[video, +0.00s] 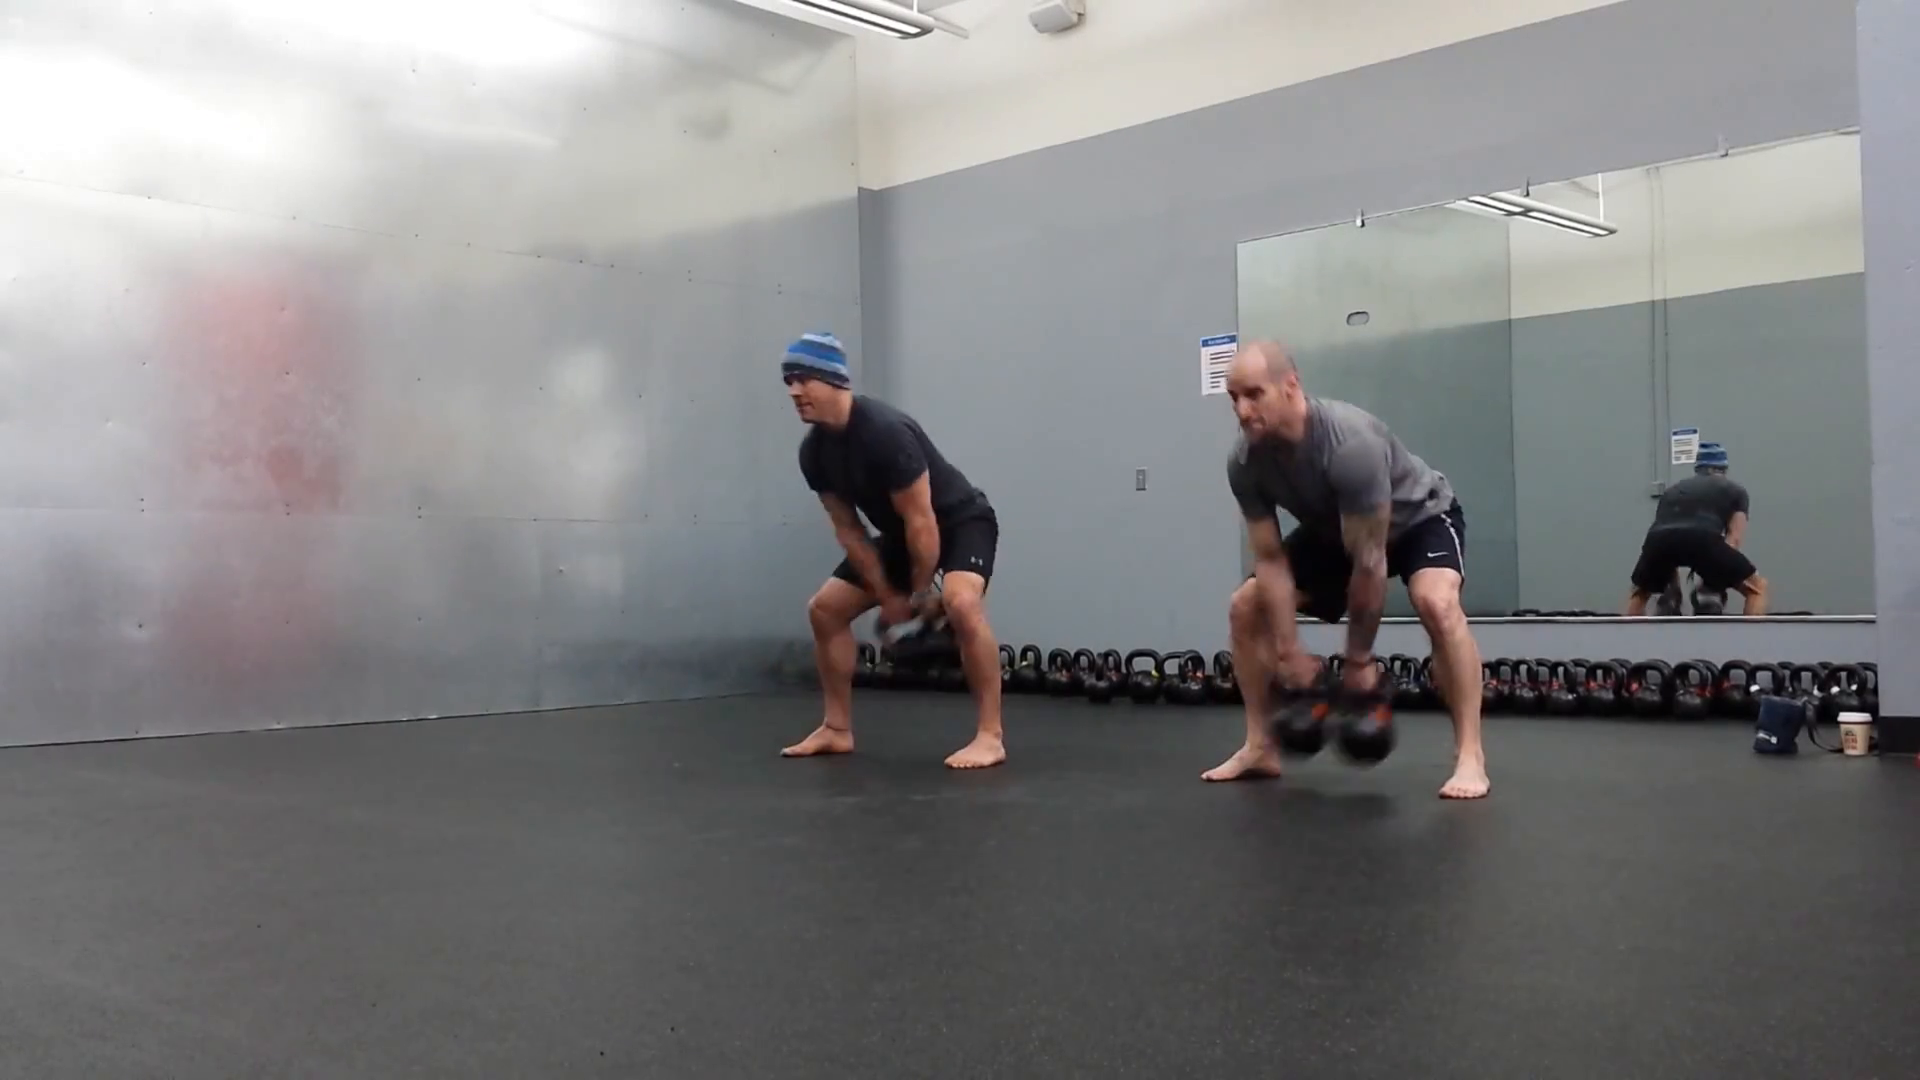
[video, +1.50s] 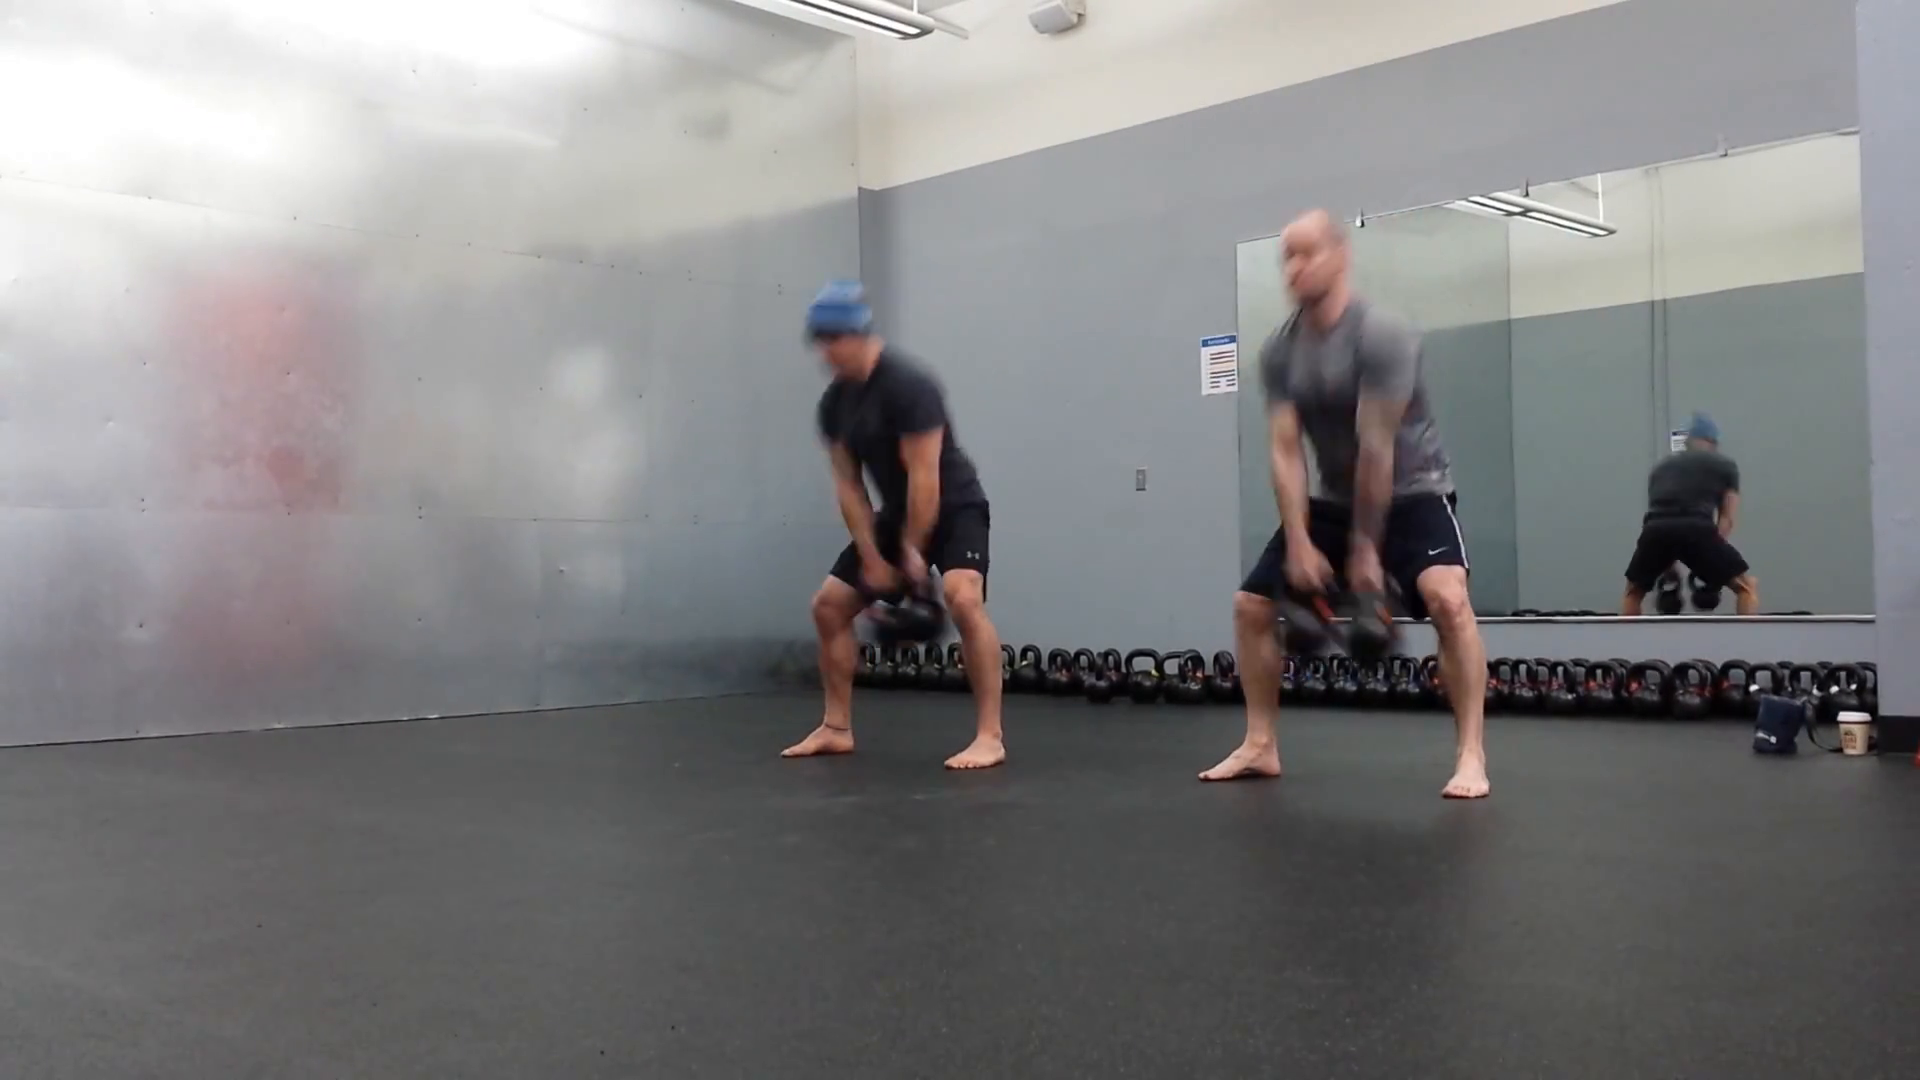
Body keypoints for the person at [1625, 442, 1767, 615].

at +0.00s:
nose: (1721, 474)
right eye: (1722, 471)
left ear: (1697, 470)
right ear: (1723, 471)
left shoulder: (1673, 489)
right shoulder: (1735, 490)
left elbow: (1662, 541)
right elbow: (1734, 539)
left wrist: (1673, 589)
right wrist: (1714, 584)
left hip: (1660, 538)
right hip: (1703, 538)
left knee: (1639, 594)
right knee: (1756, 589)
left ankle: (1630, 646)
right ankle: (1749, 645)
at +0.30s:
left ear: (1698, 479)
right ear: (1723, 479)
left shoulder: (1673, 497)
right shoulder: (1735, 499)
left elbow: (1661, 529)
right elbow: (1730, 538)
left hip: (1662, 540)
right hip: (1705, 542)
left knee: (1632, 595)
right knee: (1758, 590)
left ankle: (1630, 646)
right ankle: (1749, 643)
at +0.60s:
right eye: (1692, 404)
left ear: (1664, 407)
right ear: (1691, 405)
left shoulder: (1643, 443)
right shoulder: (1709, 438)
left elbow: (1652, 485)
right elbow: (1726, 479)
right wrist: (1722, 510)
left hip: (1662, 526)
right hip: (1702, 524)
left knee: (1648, 594)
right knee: (1725, 588)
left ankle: (1630, 647)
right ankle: (1742, 647)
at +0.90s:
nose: (1686, 406)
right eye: (1685, 403)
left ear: (1658, 407)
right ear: (1685, 405)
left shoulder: (1639, 444)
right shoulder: (1701, 436)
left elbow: (1664, 446)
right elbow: (1732, 442)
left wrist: (1687, 425)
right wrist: (1732, 426)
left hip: (1660, 528)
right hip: (1700, 525)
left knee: (1645, 594)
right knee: (1723, 589)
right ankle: (1742, 646)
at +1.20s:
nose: (1684, 407)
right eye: (1684, 404)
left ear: (1658, 407)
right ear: (1685, 405)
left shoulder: (1638, 443)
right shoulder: (1703, 438)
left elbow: (1663, 459)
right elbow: (1728, 457)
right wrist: (1744, 457)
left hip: (1658, 529)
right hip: (1698, 527)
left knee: (1645, 594)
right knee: (1724, 590)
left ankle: (1627, 648)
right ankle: (1743, 648)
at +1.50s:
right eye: (1712, 443)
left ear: (1687, 440)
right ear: (1713, 443)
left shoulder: (1662, 465)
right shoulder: (1723, 465)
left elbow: (1658, 520)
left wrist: (1670, 574)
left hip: (1656, 532)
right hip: (1698, 533)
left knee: (1633, 594)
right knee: (1746, 587)